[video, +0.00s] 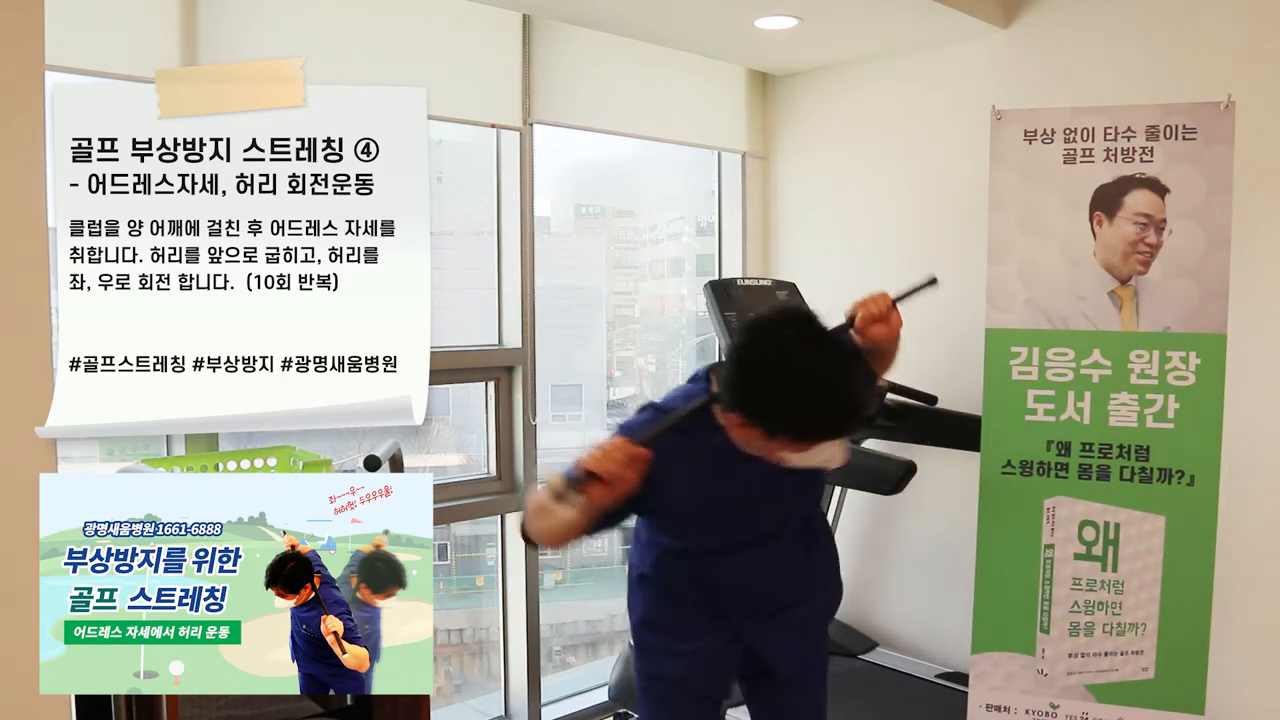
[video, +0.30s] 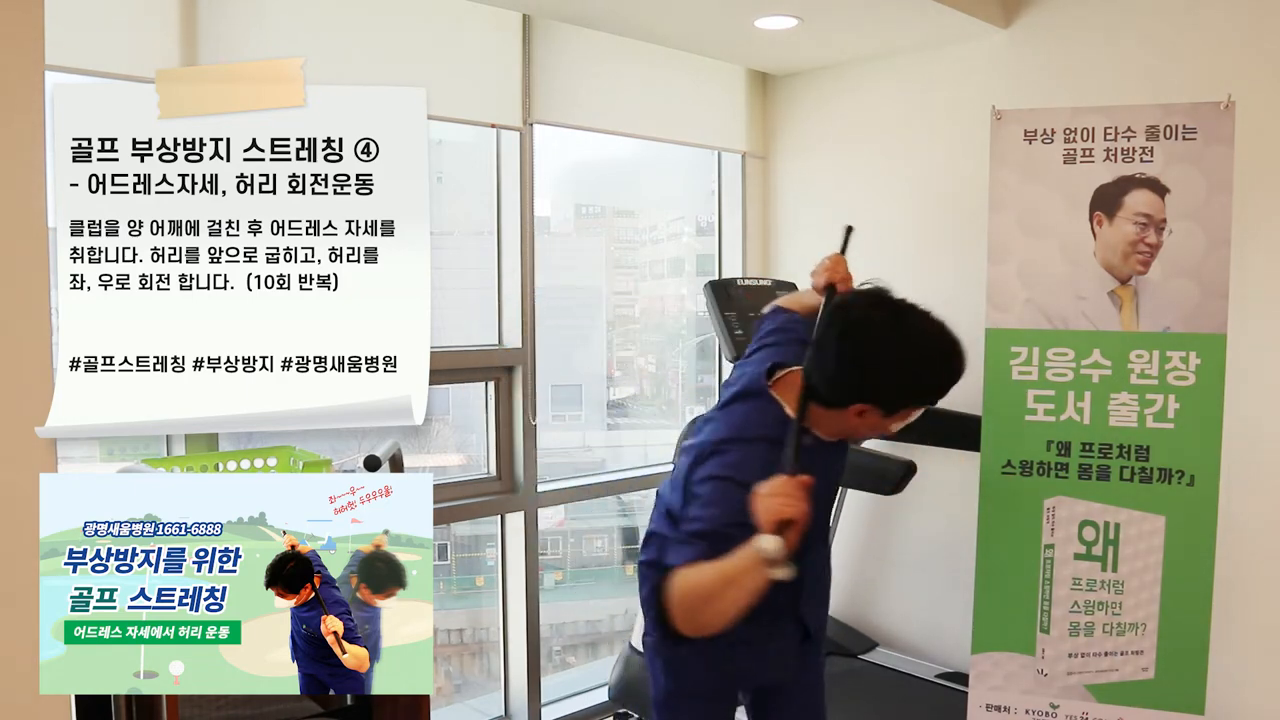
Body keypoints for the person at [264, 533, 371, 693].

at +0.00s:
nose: (278, 599)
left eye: (283, 595)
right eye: (276, 593)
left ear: (306, 590)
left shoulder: (334, 608)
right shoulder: (311, 570)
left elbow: (363, 665)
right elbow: (308, 552)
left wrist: (335, 642)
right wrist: (296, 547)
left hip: (344, 672)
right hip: (310, 667)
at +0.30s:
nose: (278, 599)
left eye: (283, 595)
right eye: (276, 593)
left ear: (306, 590)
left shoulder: (334, 608)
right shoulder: (311, 570)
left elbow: (363, 665)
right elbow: (308, 552)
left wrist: (335, 642)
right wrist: (296, 547)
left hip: (344, 672)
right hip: (310, 667)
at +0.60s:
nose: (278, 599)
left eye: (283, 595)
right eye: (276, 593)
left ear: (306, 589)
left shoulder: (334, 608)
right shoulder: (311, 570)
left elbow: (363, 665)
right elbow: (308, 552)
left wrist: (335, 642)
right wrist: (296, 547)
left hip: (344, 672)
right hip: (310, 666)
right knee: (312, 714)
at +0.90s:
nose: (278, 599)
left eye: (283, 595)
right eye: (276, 593)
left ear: (306, 589)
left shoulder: (334, 608)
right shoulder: (311, 570)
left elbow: (363, 665)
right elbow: (308, 552)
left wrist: (335, 642)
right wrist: (296, 547)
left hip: (344, 672)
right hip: (310, 666)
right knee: (312, 714)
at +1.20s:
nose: (278, 599)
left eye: (283, 595)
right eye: (276, 593)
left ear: (306, 590)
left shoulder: (334, 608)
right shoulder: (311, 570)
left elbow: (363, 665)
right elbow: (308, 552)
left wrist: (335, 642)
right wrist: (297, 547)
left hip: (344, 673)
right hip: (310, 667)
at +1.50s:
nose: (278, 599)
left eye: (283, 595)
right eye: (276, 593)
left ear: (306, 590)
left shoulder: (334, 608)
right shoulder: (311, 570)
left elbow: (363, 665)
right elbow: (308, 552)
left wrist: (335, 642)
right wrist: (297, 547)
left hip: (344, 673)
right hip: (310, 667)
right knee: (312, 715)